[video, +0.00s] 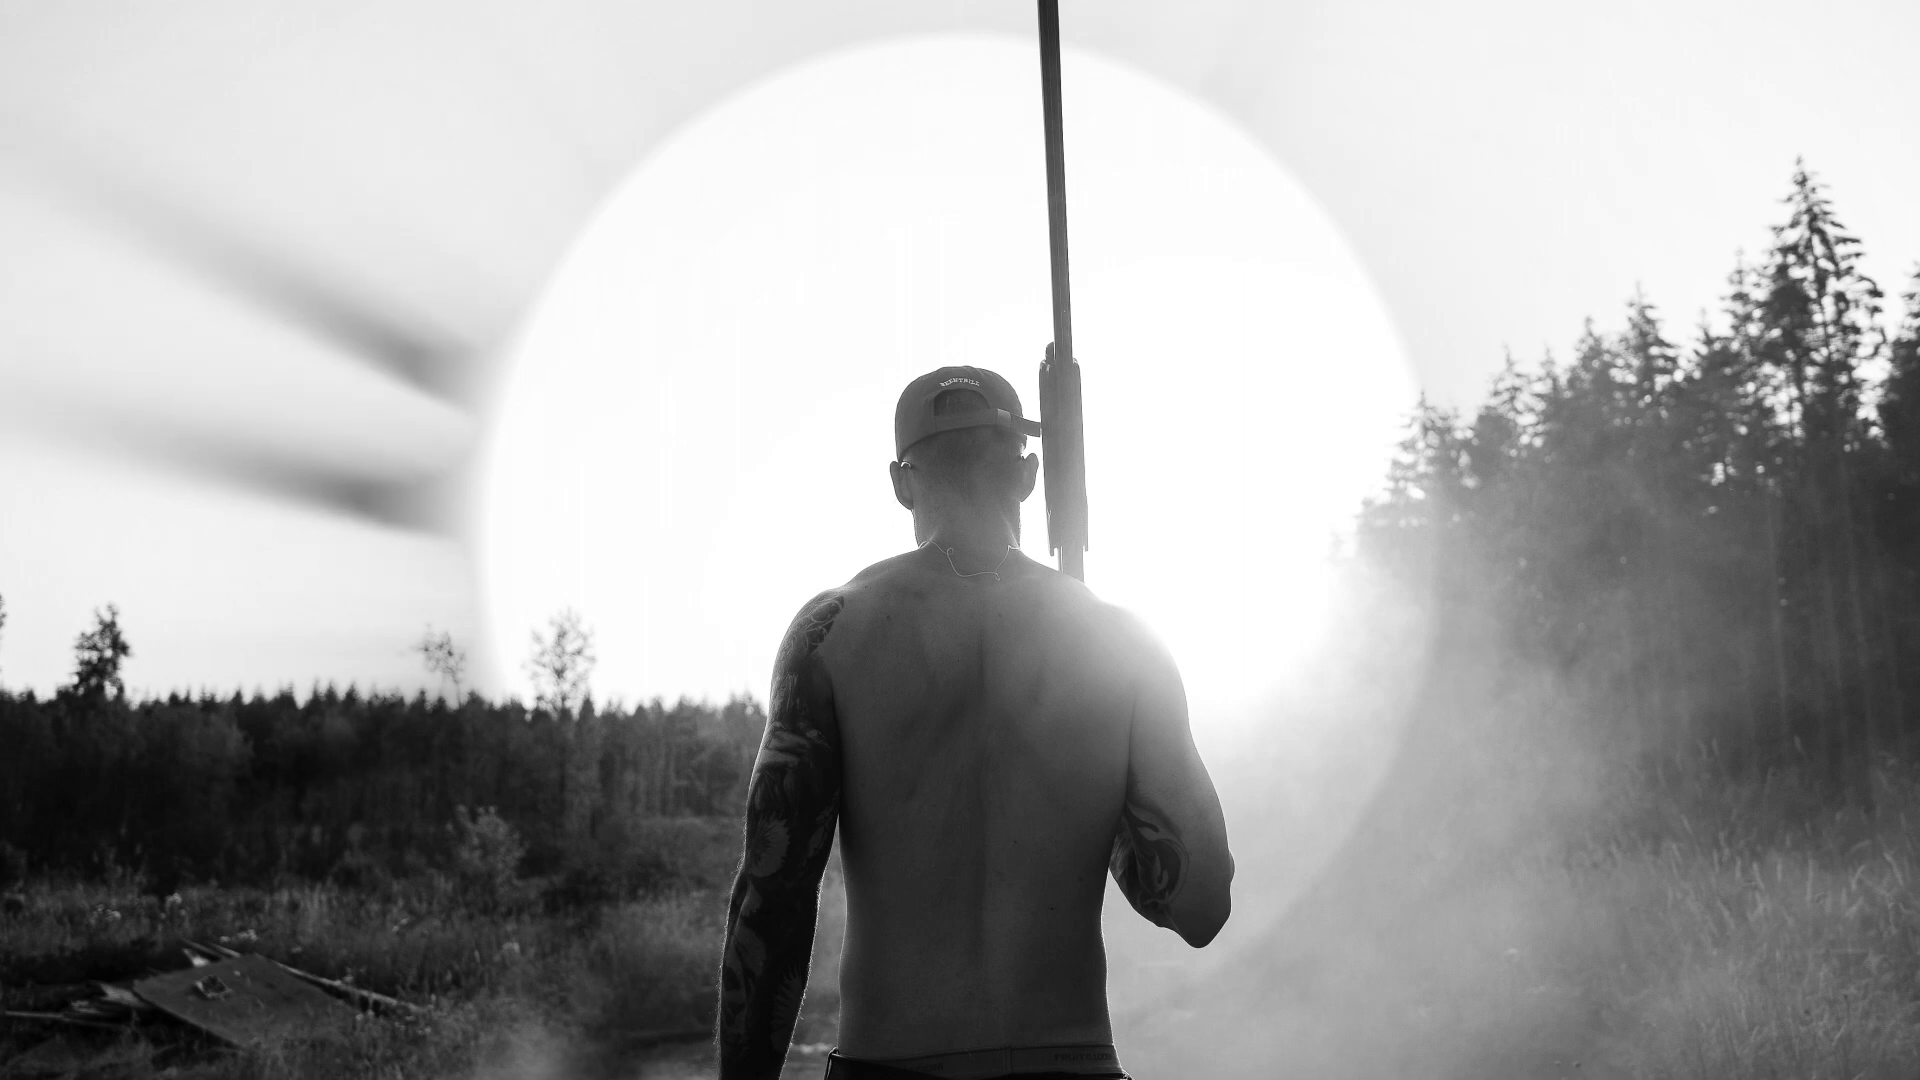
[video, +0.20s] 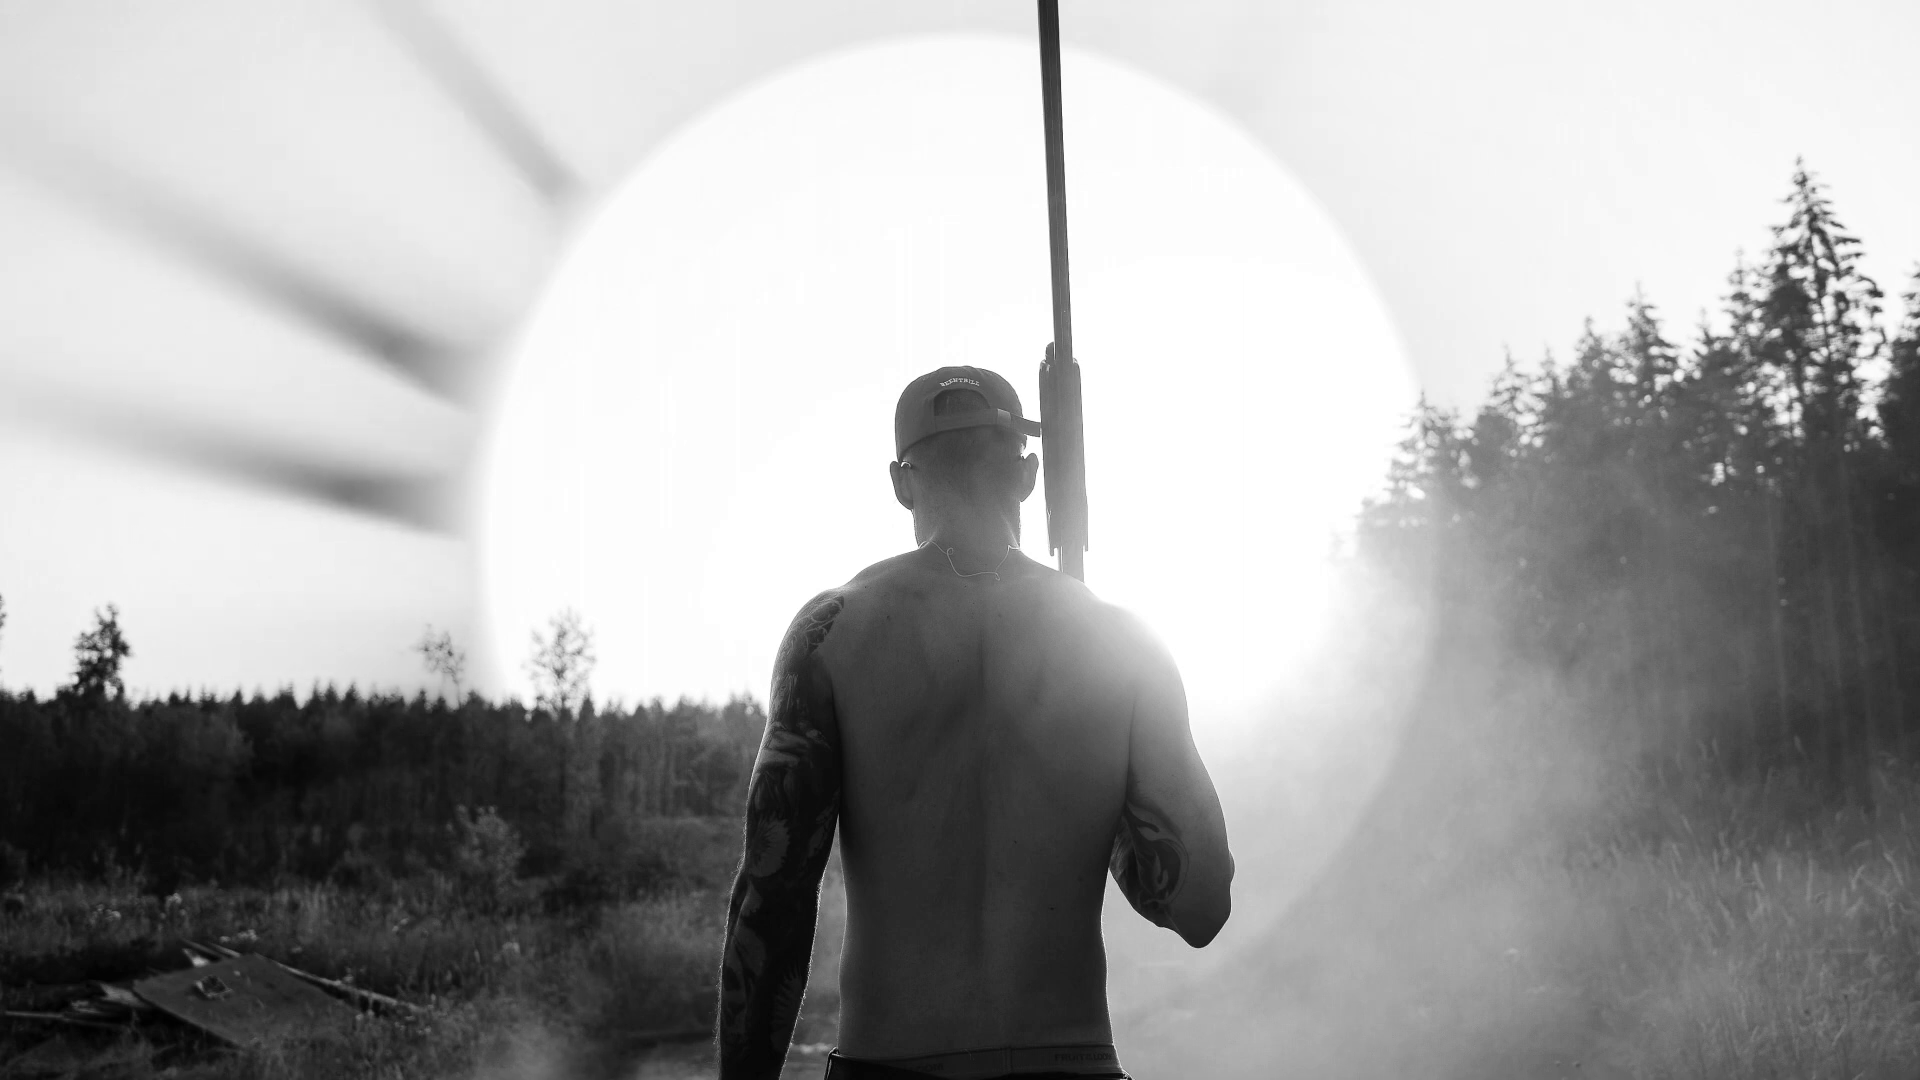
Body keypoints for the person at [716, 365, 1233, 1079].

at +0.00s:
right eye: (1015, 448)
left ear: (903, 486)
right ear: (1028, 477)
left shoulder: (831, 630)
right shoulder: (1121, 641)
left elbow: (773, 885)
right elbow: (1201, 905)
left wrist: (747, 1062)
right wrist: (1101, 800)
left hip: (886, 1046)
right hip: (1068, 1046)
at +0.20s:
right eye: (1015, 449)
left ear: (903, 486)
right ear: (1028, 477)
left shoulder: (831, 630)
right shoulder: (1121, 641)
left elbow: (773, 885)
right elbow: (1201, 905)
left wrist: (747, 1062)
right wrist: (1101, 800)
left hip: (886, 1046)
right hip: (1068, 1046)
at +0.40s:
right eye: (1015, 449)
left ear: (903, 486)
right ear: (1028, 477)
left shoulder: (831, 630)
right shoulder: (1121, 641)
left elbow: (773, 886)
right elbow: (1201, 905)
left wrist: (747, 1063)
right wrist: (1101, 800)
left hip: (886, 1046)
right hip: (1068, 1046)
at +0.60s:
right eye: (1015, 448)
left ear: (903, 486)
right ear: (1028, 477)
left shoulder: (831, 630)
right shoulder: (1121, 641)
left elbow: (773, 886)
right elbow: (1201, 905)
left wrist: (747, 1062)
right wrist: (1101, 800)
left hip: (886, 1046)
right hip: (1068, 1046)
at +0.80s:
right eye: (1015, 448)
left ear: (903, 486)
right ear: (1028, 477)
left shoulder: (831, 630)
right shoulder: (1121, 641)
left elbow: (773, 886)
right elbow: (1201, 905)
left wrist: (747, 1063)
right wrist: (1101, 800)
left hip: (886, 1046)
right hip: (1068, 1046)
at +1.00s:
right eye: (1015, 448)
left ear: (903, 486)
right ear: (1028, 477)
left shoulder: (831, 630)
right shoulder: (1121, 641)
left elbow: (773, 886)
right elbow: (1201, 905)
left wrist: (747, 1063)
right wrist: (1101, 800)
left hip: (886, 1046)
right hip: (1068, 1046)